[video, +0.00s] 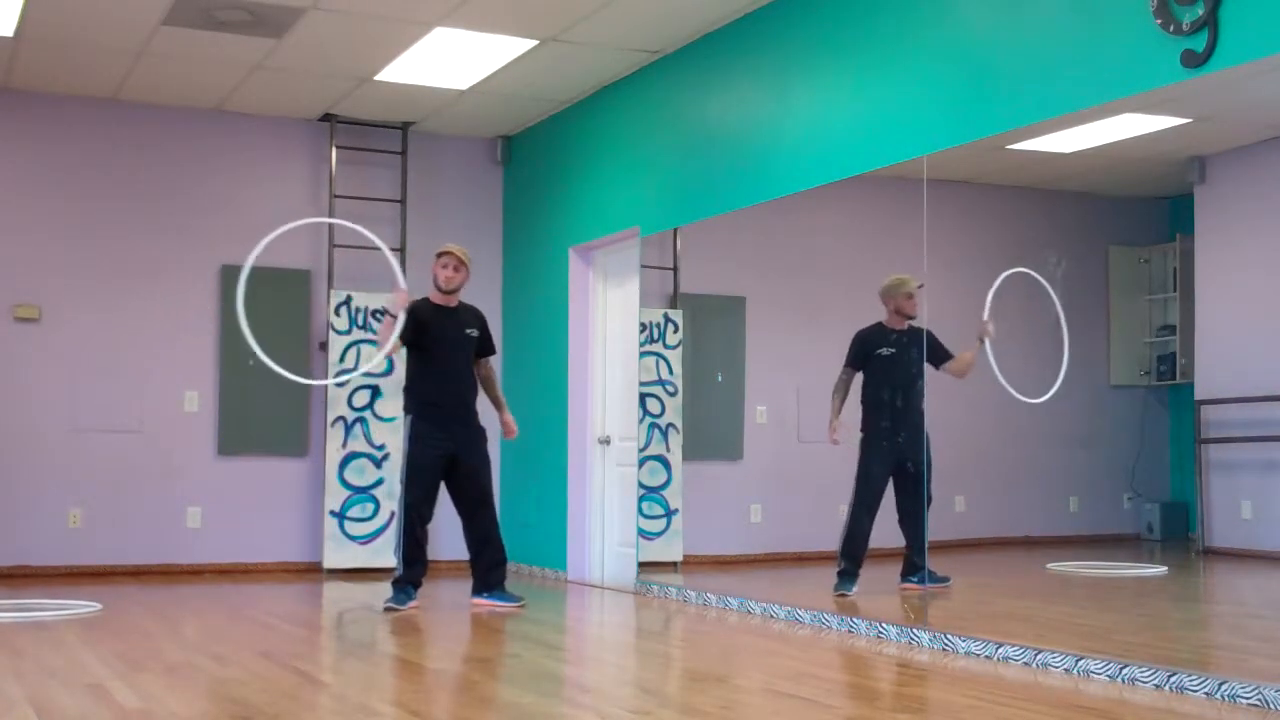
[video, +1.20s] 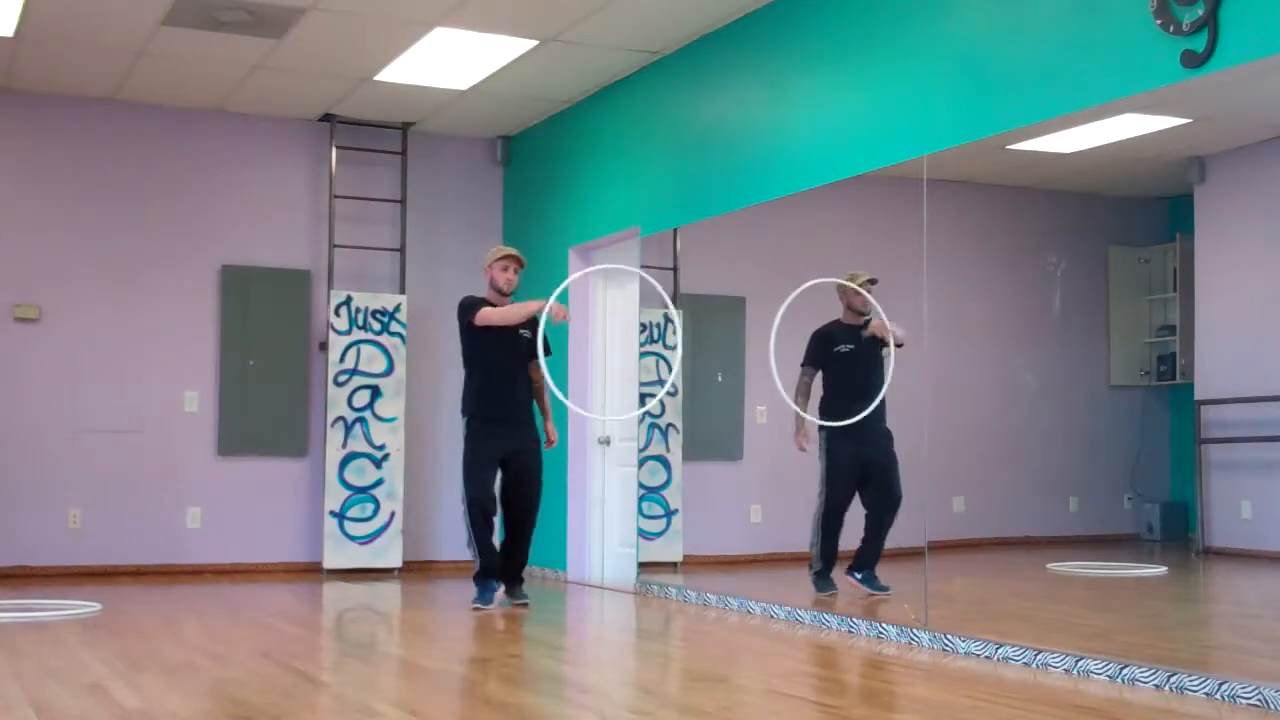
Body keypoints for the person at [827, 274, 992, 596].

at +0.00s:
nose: (916, 302)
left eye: (916, 296)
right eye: (909, 297)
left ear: (911, 301)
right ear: (890, 301)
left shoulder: (922, 338)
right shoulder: (866, 338)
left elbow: (959, 369)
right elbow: (845, 378)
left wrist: (981, 342)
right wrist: (835, 416)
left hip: (913, 437)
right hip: (877, 437)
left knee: (917, 506)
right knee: (865, 508)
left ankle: (915, 570)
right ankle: (847, 575)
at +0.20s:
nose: (922, 303)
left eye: (922, 298)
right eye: (915, 298)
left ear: (915, 303)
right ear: (896, 301)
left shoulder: (921, 341)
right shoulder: (868, 335)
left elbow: (945, 383)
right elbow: (844, 375)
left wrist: (952, 368)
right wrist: (837, 411)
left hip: (910, 432)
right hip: (875, 432)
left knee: (913, 504)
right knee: (862, 504)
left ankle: (915, 570)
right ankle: (845, 574)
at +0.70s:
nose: (890, 300)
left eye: (892, 294)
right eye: (882, 296)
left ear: (896, 298)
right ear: (867, 301)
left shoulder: (909, 336)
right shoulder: (850, 339)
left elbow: (919, 371)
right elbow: (835, 384)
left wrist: (912, 392)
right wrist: (831, 423)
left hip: (902, 431)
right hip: (865, 433)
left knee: (909, 505)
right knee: (852, 506)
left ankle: (913, 571)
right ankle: (837, 574)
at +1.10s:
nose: (864, 297)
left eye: (866, 292)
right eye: (857, 293)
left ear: (870, 296)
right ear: (843, 298)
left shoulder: (879, 329)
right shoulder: (825, 337)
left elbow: (889, 347)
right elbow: (807, 384)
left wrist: (886, 356)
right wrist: (806, 424)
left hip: (880, 430)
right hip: (844, 433)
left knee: (899, 496)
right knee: (844, 506)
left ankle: (873, 560)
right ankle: (834, 574)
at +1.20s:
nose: (866, 296)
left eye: (868, 291)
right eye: (859, 292)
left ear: (871, 297)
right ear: (843, 297)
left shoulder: (878, 330)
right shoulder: (825, 335)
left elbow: (900, 338)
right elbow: (805, 380)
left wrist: (887, 332)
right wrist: (800, 422)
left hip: (875, 432)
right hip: (839, 433)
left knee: (888, 498)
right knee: (834, 502)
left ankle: (863, 567)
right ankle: (821, 572)